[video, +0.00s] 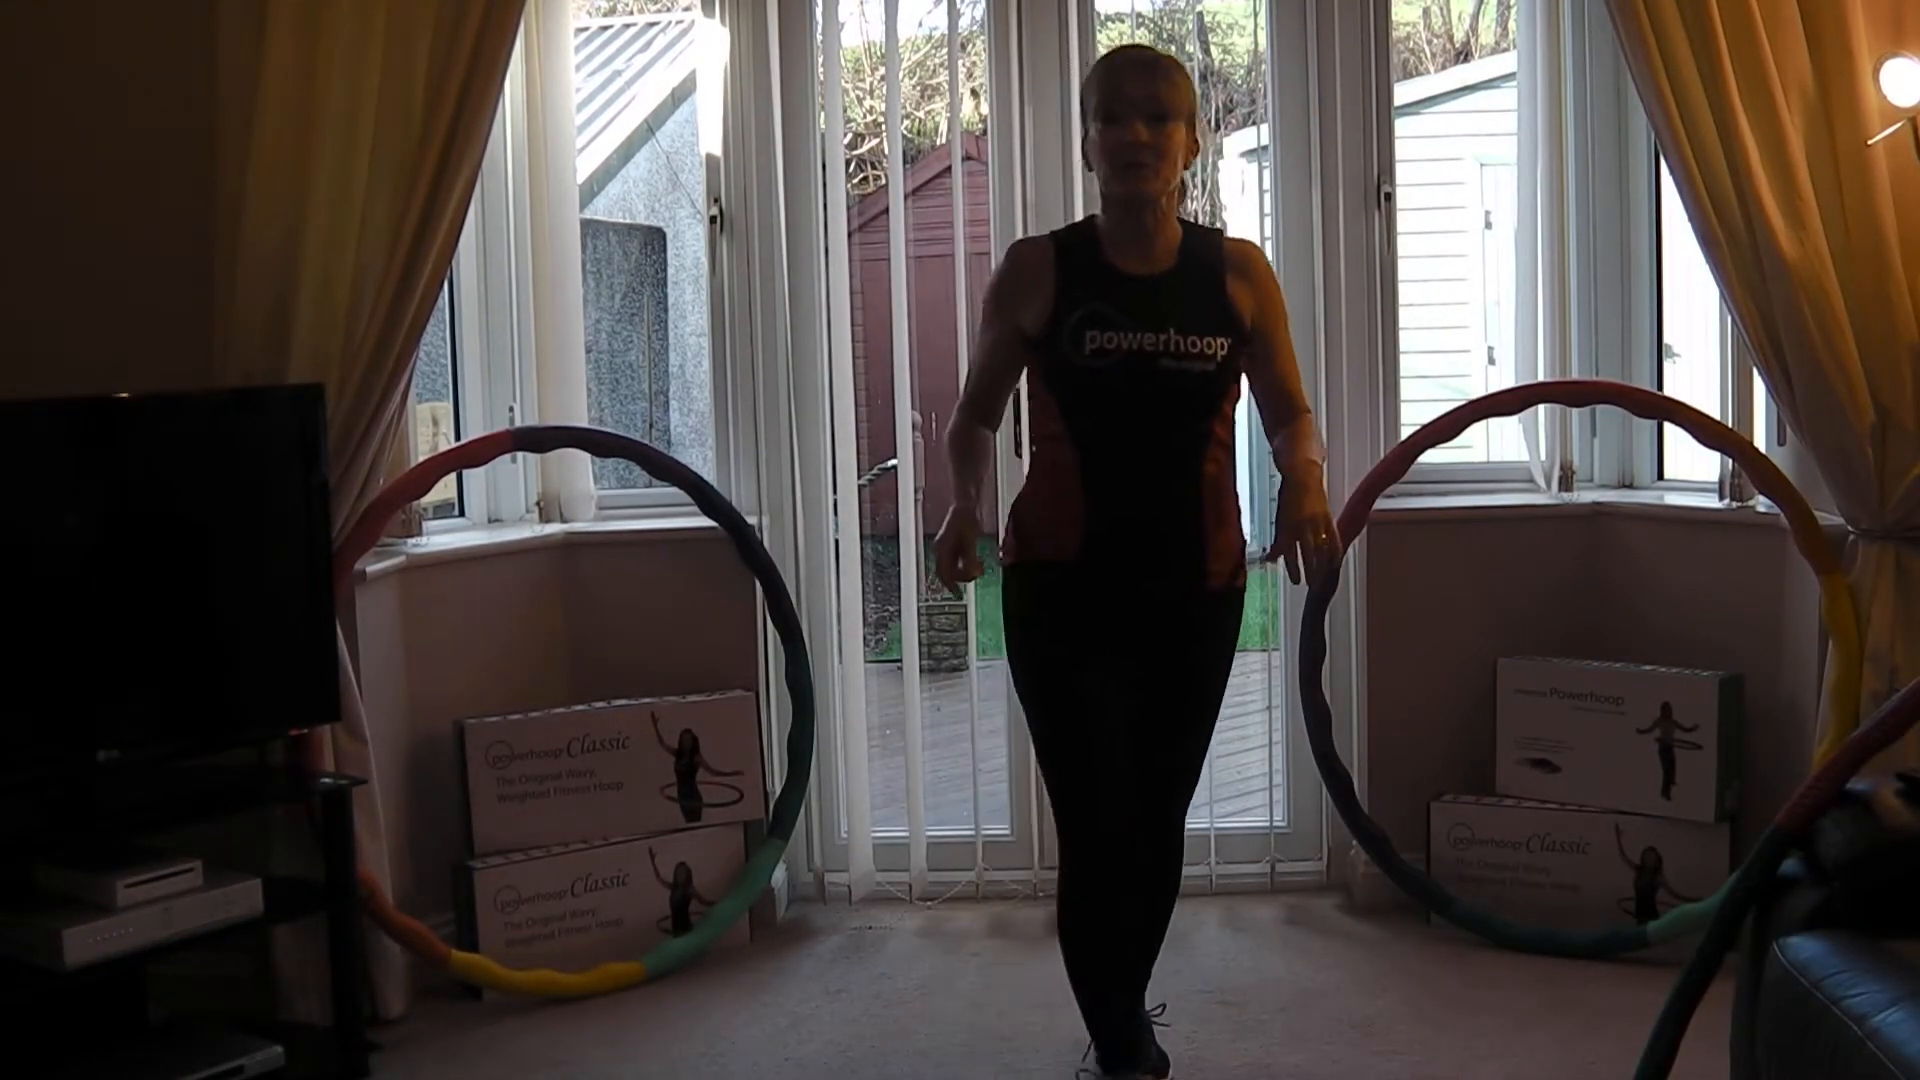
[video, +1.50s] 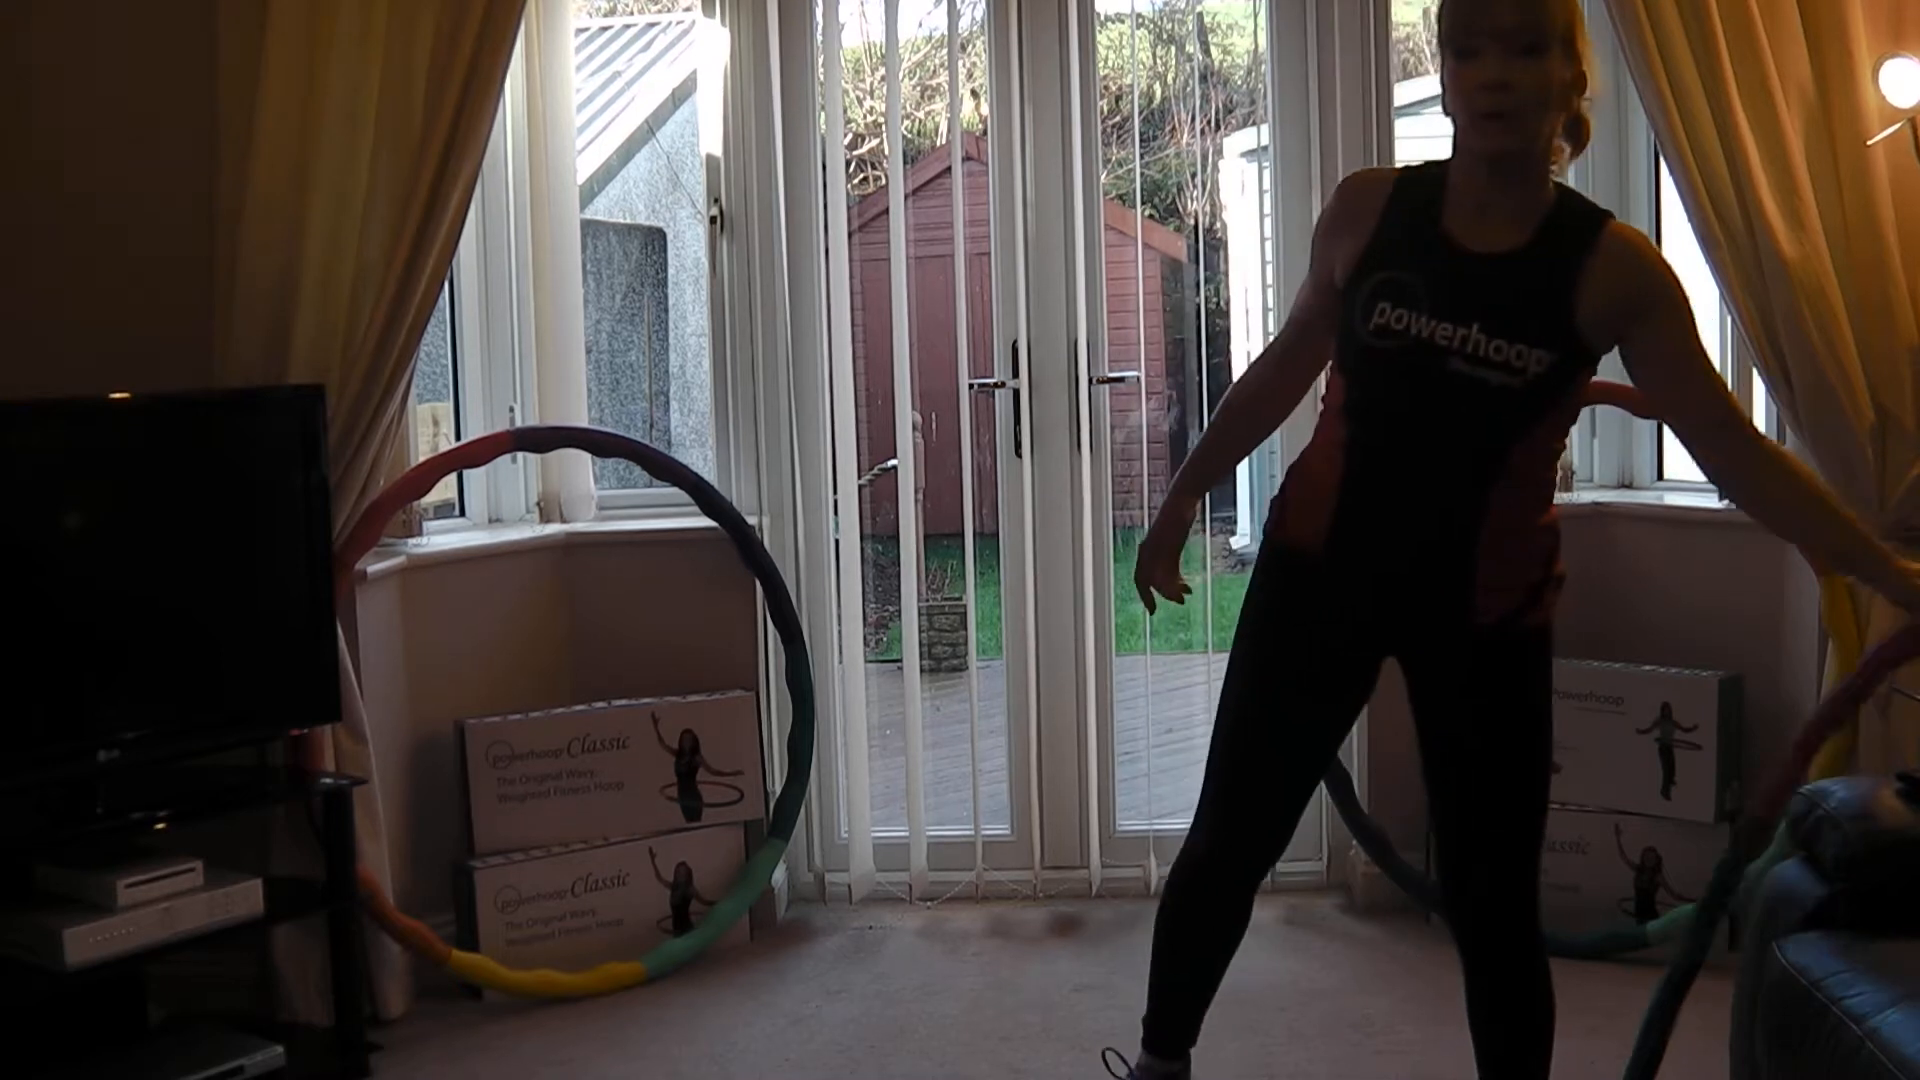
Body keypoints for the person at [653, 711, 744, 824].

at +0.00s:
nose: (685, 742)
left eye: (688, 739)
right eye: (683, 739)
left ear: (693, 741)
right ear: (680, 741)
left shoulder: (696, 757)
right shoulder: (678, 754)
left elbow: (712, 772)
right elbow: (662, 744)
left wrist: (732, 774)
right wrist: (655, 725)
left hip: (693, 794)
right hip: (682, 795)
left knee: (695, 828)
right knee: (690, 828)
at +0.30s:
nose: (685, 742)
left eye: (688, 739)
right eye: (683, 739)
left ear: (693, 741)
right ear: (680, 741)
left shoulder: (695, 757)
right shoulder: (677, 754)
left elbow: (712, 772)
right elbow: (662, 744)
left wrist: (732, 774)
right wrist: (655, 725)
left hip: (693, 794)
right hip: (682, 795)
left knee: (695, 828)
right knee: (691, 828)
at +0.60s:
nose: (685, 742)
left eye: (688, 739)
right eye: (683, 739)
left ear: (693, 741)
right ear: (679, 741)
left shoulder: (695, 757)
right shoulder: (678, 754)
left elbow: (712, 772)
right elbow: (662, 744)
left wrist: (733, 774)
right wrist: (655, 726)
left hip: (693, 794)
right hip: (682, 795)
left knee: (695, 828)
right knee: (691, 828)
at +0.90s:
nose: (686, 742)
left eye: (689, 739)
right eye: (683, 739)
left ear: (694, 741)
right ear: (680, 741)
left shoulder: (696, 757)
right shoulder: (678, 755)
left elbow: (712, 772)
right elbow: (663, 745)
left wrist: (733, 774)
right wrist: (655, 726)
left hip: (693, 794)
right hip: (682, 794)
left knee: (696, 828)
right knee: (691, 828)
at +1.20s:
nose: (686, 742)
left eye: (689, 739)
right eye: (684, 739)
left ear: (694, 742)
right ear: (680, 741)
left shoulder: (696, 758)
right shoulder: (678, 755)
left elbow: (713, 772)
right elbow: (663, 745)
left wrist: (733, 774)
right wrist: (656, 726)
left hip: (693, 794)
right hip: (682, 795)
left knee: (696, 828)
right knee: (691, 828)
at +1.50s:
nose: (686, 742)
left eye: (689, 739)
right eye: (684, 739)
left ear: (694, 741)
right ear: (680, 741)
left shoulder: (696, 757)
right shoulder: (678, 755)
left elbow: (712, 771)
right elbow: (663, 745)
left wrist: (733, 774)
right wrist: (655, 726)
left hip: (693, 794)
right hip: (682, 795)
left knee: (696, 828)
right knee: (691, 828)